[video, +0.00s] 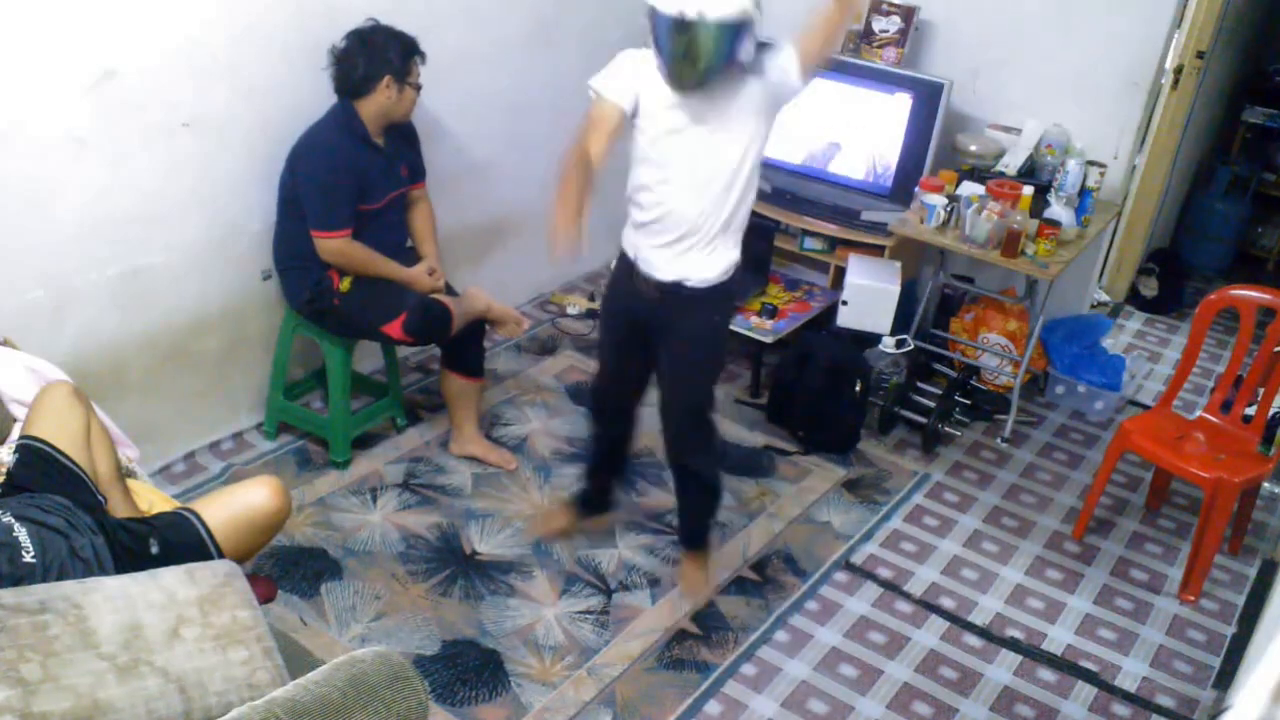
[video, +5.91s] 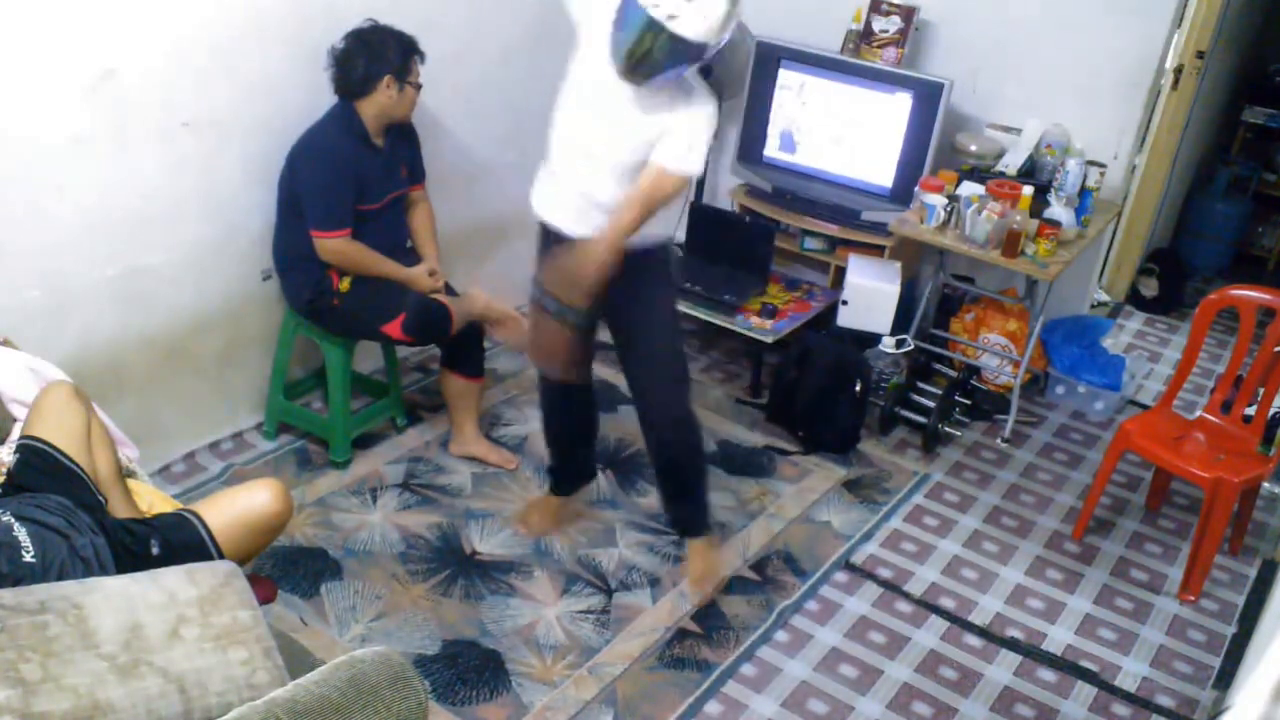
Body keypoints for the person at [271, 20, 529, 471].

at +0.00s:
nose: (419, 95)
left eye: (419, 87)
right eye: (416, 86)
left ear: (386, 88)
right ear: (387, 88)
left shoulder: (399, 131)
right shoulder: (325, 150)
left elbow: (417, 202)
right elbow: (333, 249)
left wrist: (429, 259)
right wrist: (408, 276)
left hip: (389, 265)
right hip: (326, 282)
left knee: (466, 319)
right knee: (426, 324)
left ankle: (466, 435)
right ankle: (477, 304)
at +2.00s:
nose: (419, 96)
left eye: (419, 87)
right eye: (416, 87)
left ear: (387, 88)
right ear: (387, 88)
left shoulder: (400, 131)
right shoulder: (326, 151)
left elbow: (417, 202)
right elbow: (333, 249)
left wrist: (428, 260)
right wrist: (407, 277)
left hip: (388, 264)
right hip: (325, 282)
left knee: (465, 323)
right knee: (424, 323)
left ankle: (466, 436)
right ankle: (476, 306)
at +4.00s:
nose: (419, 95)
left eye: (419, 87)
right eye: (416, 86)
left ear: (387, 86)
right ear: (388, 86)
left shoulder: (399, 131)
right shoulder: (326, 150)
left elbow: (417, 201)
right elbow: (333, 248)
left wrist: (430, 258)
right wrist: (407, 276)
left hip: (389, 265)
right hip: (326, 282)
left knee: (467, 320)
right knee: (425, 323)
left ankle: (465, 434)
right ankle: (478, 304)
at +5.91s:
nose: (419, 95)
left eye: (419, 86)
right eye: (416, 86)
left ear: (387, 87)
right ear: (387, 87)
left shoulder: (399, 131)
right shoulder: (326, 151)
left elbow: (417, 202)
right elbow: (332, 249)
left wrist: (429, 259)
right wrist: (407, 276)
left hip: (388, 266)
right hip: (327, 284)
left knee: (465, 324)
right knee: (424, 323)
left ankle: (466, 435)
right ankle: (478, 307)